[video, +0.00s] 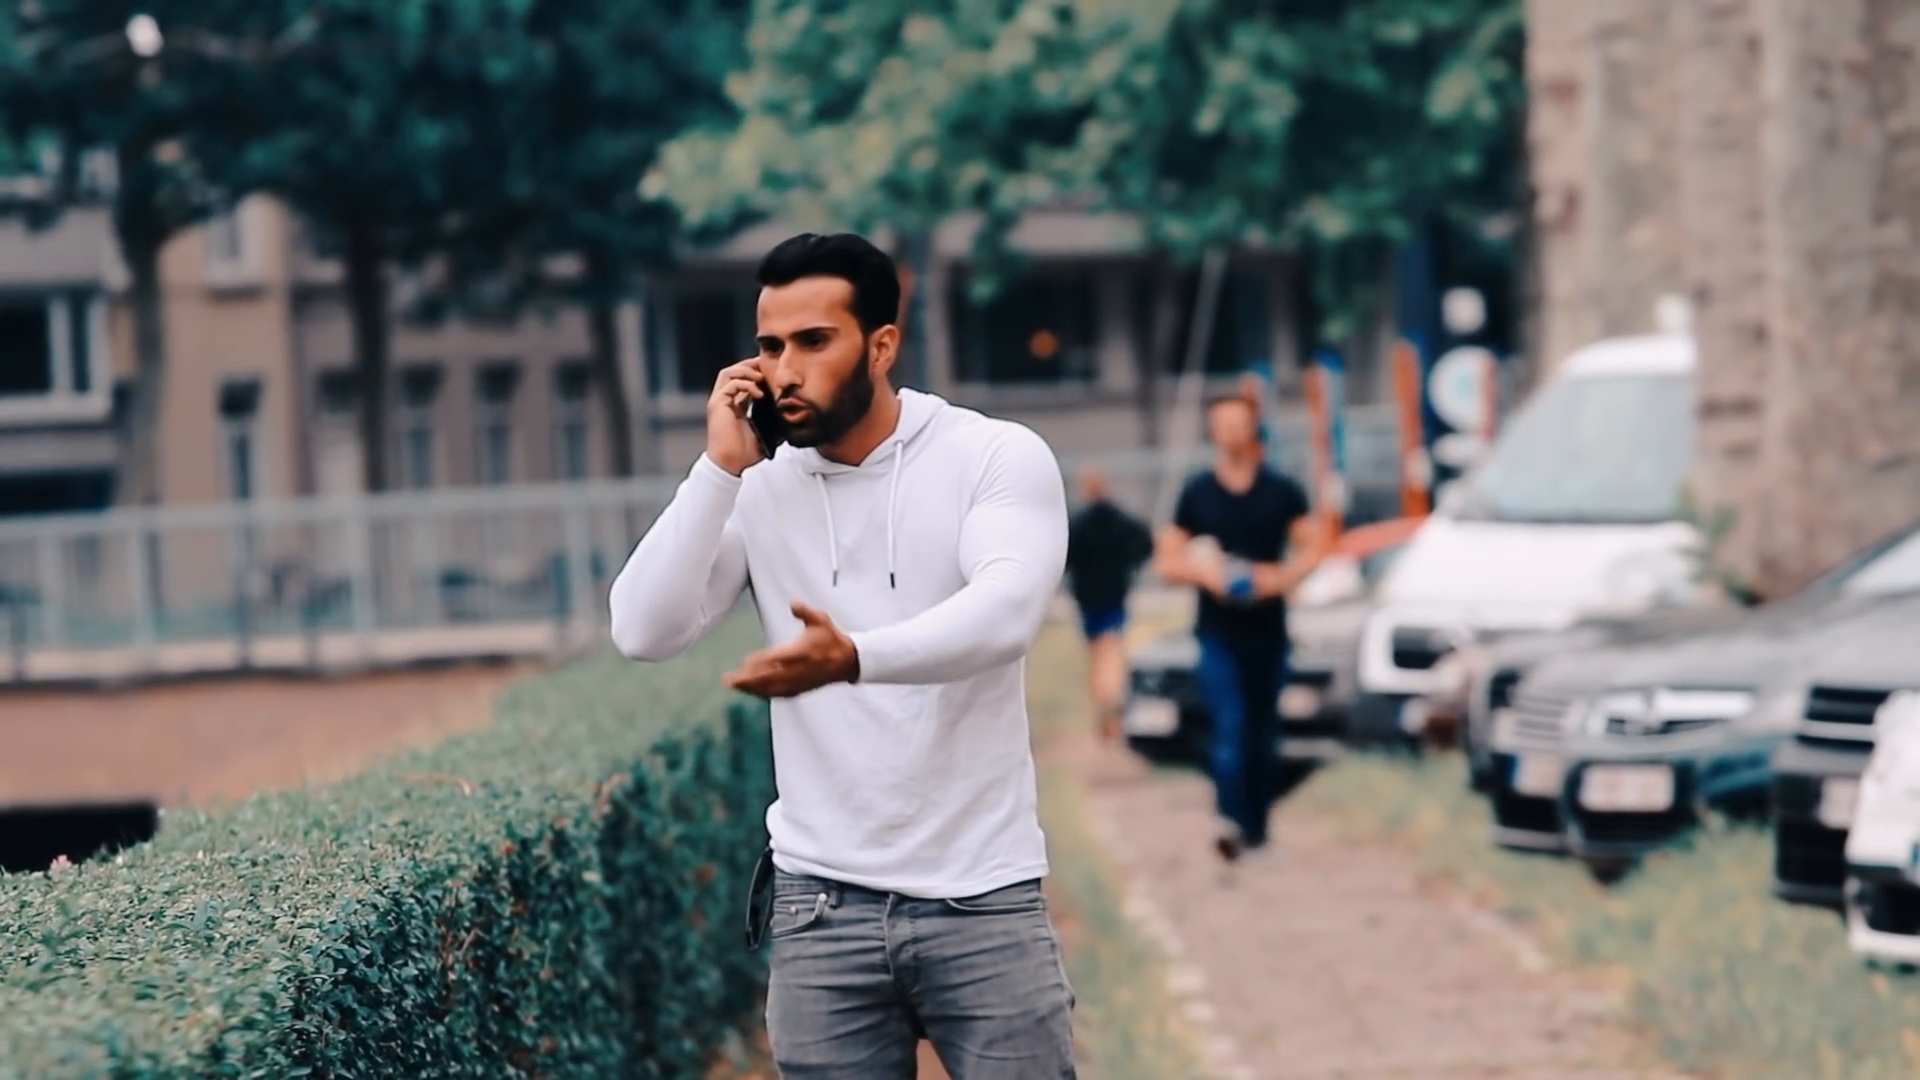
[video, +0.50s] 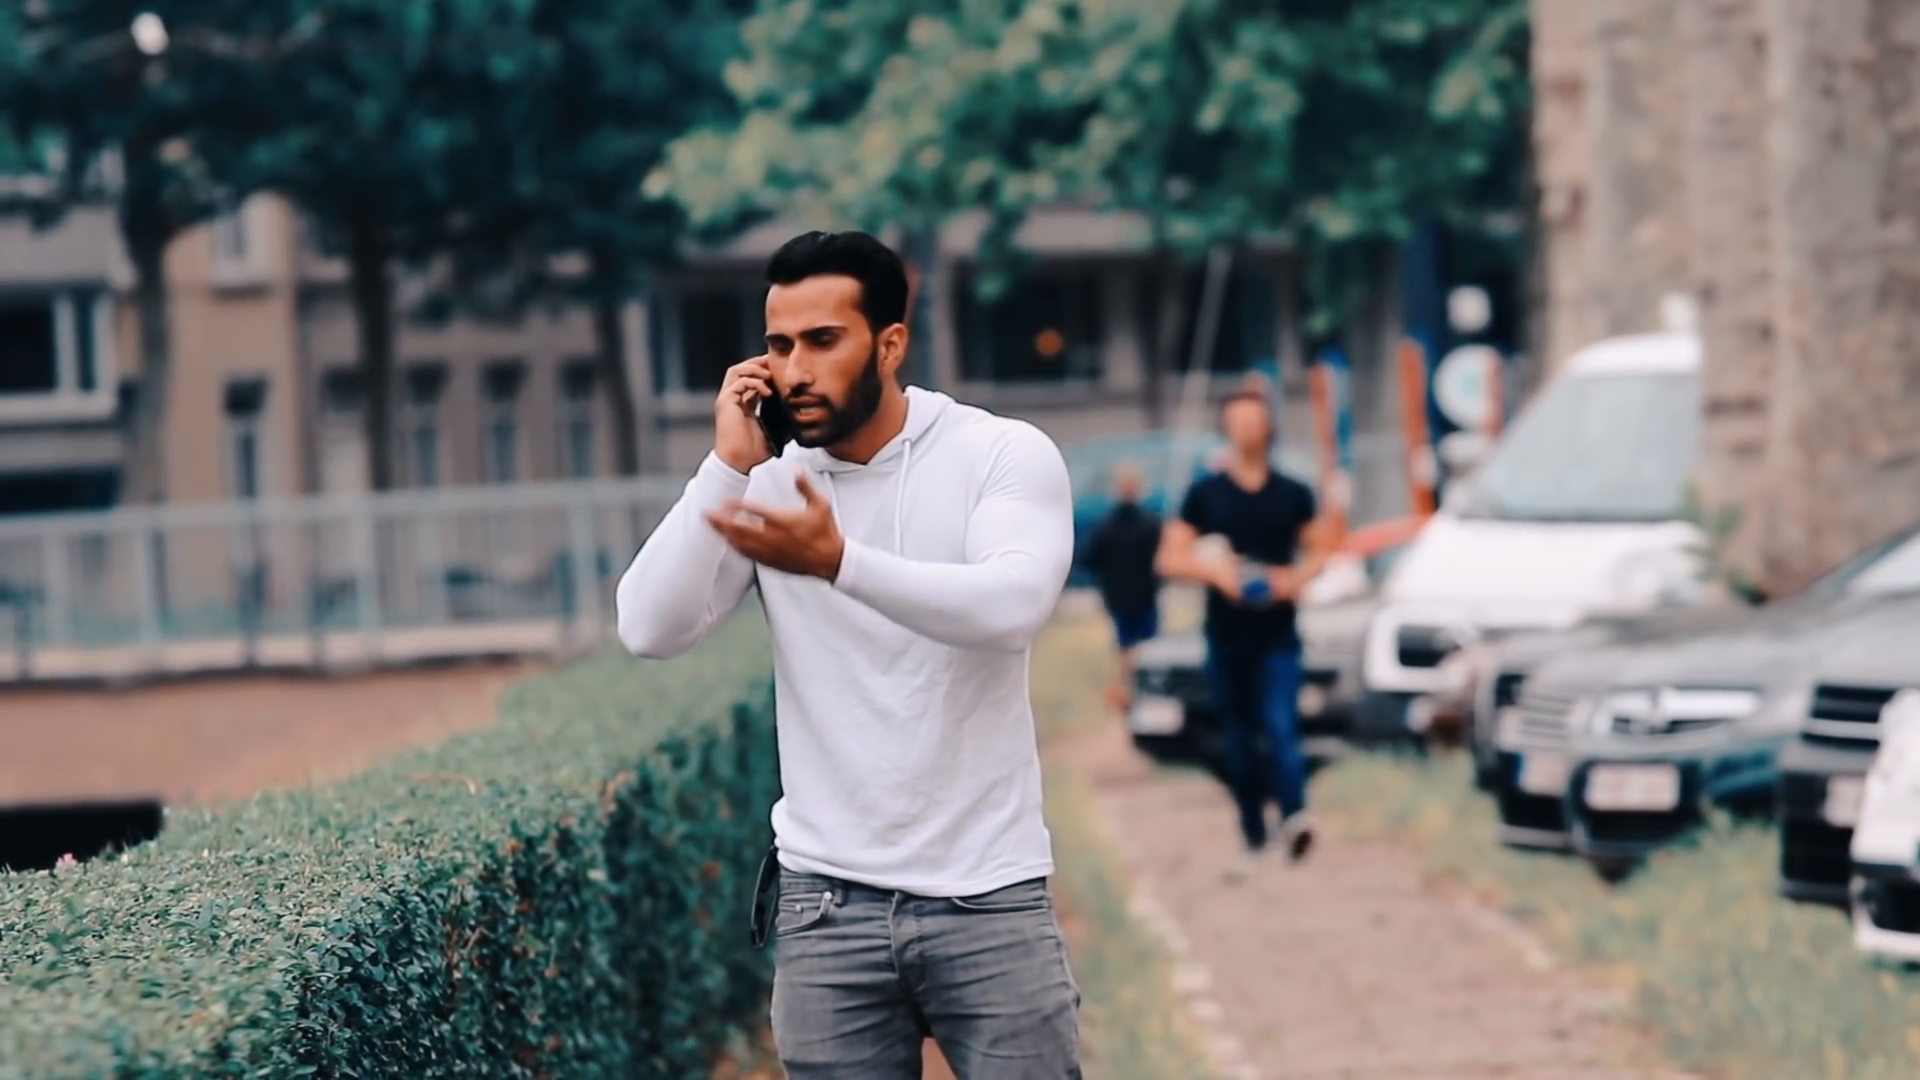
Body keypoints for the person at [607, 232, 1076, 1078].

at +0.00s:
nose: (782, 371)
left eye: (811, 342)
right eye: (769, 347)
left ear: (881, 345)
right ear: (755, 354)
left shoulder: (1000, 458)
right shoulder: (754, 490)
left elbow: (1003, 619)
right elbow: (641, 631)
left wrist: (856, 656)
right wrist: (720, 466)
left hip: (986, 900)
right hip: (817, 906)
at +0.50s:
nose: (792, 371)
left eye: (821, 341)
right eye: (779, 346)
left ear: (890, 344)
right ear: (764, 354)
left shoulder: (1009, 456)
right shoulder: (768, 483)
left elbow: (1011, 608)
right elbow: (648, 627)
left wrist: (836, 562)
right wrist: (725, 467)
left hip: (991, 896)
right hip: (823, 902)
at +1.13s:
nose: (790, 366)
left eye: (819, 336)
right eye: (777, 342)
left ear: (890, 339)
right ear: (763, 350)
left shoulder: (1008, 456)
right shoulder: (763, 487)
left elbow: (1015, 617)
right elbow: (650, 625)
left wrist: (889, 681)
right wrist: (728, 461)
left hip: (993, 896)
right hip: (825, 902)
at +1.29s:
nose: (792, 366)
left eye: (822, 336)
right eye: (779, 342)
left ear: (892, 338)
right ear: (765, 351)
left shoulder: (1009, 456)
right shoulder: (763, 487)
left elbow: (1013, 618)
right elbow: (650, 625)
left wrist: (868, 650)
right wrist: (729, 461)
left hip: (994, 896)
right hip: (825, 903)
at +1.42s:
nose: (794, 367)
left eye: (822, 337)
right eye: (780, 342)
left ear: (892, 340)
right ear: (765, 352)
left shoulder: (1009, 456)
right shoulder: (763, 488)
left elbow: (1010, 615)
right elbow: (651, 625)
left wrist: (840, 606)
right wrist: (729, 461)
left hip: (992, 897)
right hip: (824, 903)